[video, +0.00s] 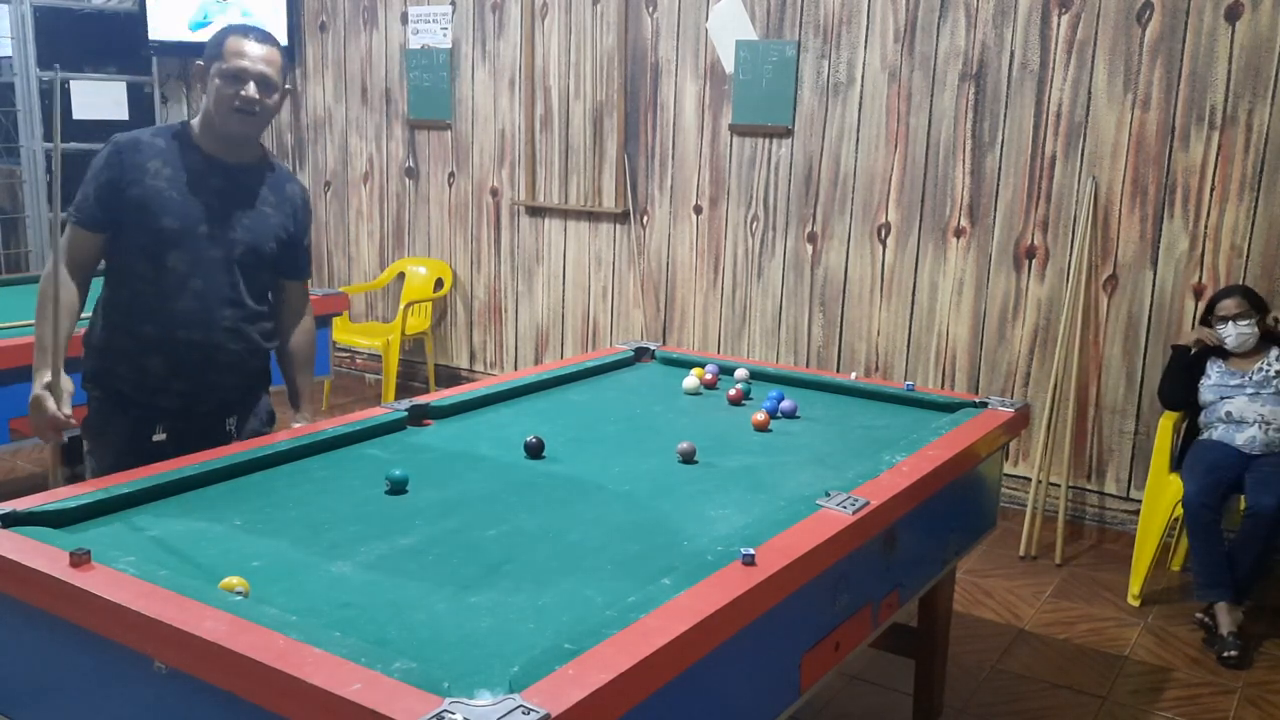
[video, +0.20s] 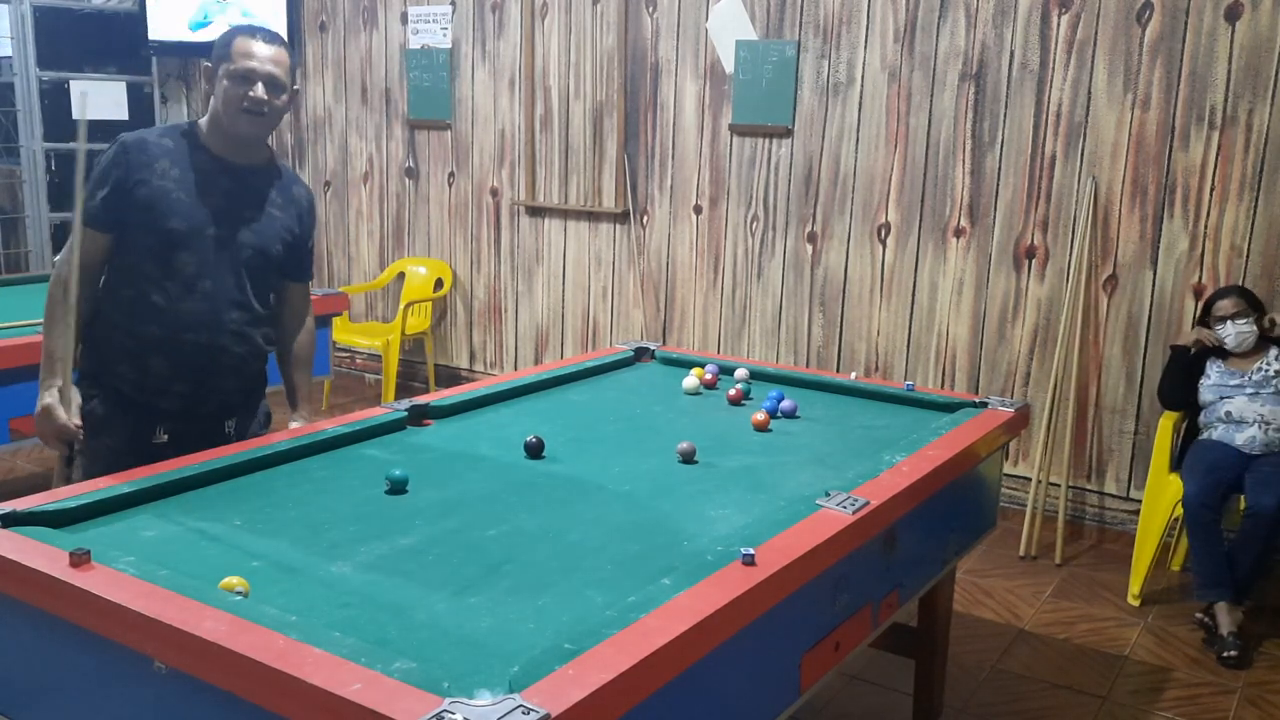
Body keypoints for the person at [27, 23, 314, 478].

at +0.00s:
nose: (250, 94)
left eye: (265, 84)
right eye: (234, 78)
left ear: (283, 100)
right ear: (203, 81)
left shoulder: (288, 196)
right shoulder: (129, 158)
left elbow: (295, 315)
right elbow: (70, 268)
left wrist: (306, 412)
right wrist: (48, 372)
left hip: (234, 414)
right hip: (127, 409)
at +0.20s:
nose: (258, 94)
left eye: (273, 85)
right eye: (243, 78)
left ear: (289, 101)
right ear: (211, 80)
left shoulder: (294, 199)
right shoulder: (137, 157)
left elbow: (295, 317)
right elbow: (74, 269)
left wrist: (303, 411)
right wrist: (54, 383)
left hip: (232, 421)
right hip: (124, 413)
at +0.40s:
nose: (257, 95)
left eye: (272, 86)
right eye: (241, 80)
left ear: (289, 102)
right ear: (209, 84)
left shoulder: (290, 198)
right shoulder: (134, 157)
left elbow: (290, 317)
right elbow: (68, 267)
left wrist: (301, 413)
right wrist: (45, 379)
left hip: (225, 422)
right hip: (114, 418)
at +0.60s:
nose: (245, 94)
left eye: (260, 84)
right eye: (228, 78)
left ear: (276, 100)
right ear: (194, 82)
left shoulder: (275, 197)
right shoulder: (123, 155)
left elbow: (275, 317)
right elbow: (50, 264)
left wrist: (287, 415)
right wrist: (19, 383)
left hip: (203, 413)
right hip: (97, 408)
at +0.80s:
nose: (212, 92)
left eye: (226, 81)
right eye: (194, 76)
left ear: (241, 94)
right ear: (154, 77)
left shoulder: (244, 195)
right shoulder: (80, 160)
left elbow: (250, 317)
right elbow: (14, 277)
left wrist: (261, 415)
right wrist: (3, 392)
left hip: (178, 425)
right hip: (65, 418)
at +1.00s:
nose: (143, 89)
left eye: (157, 76)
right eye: (123, 74)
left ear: (174, 88)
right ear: (82, 78)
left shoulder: (184, 191)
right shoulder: (17, 169)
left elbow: (206, 314)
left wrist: (228, 419)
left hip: (142, 434)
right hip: (28, 436)